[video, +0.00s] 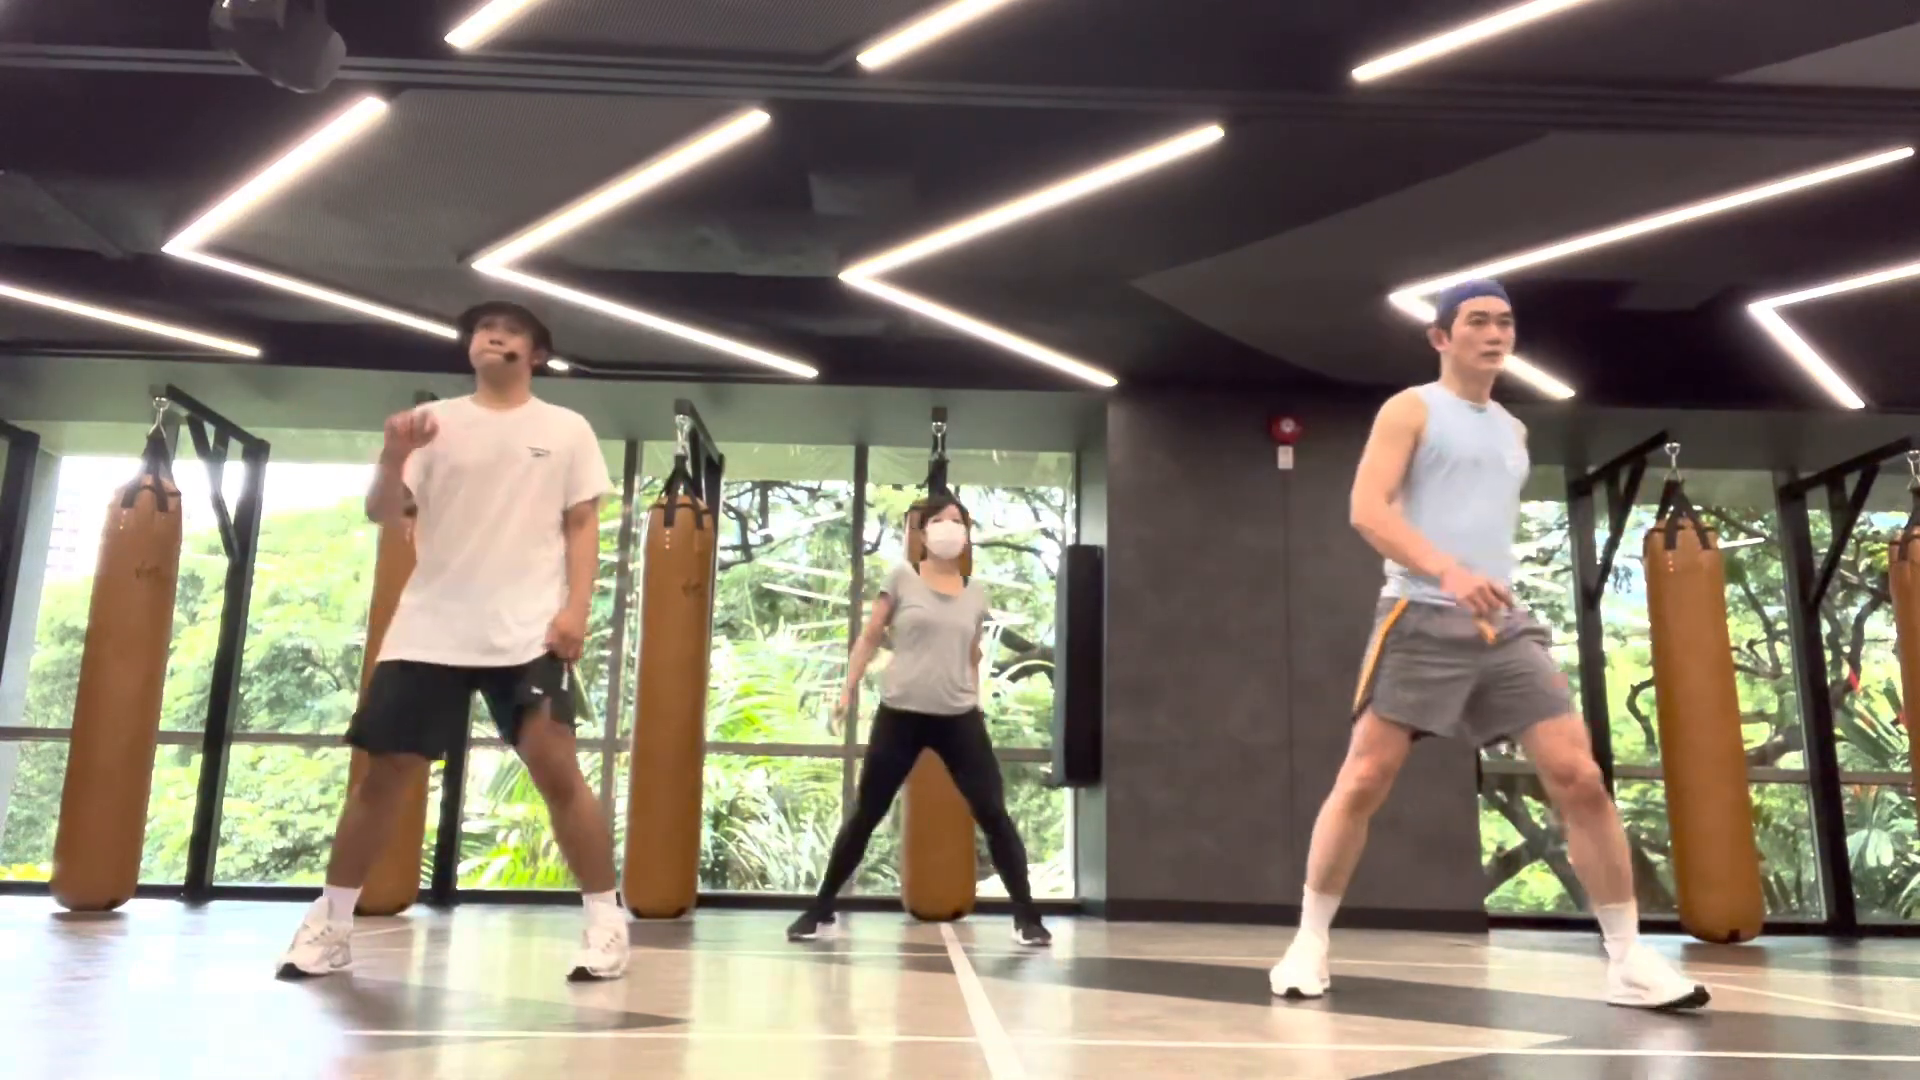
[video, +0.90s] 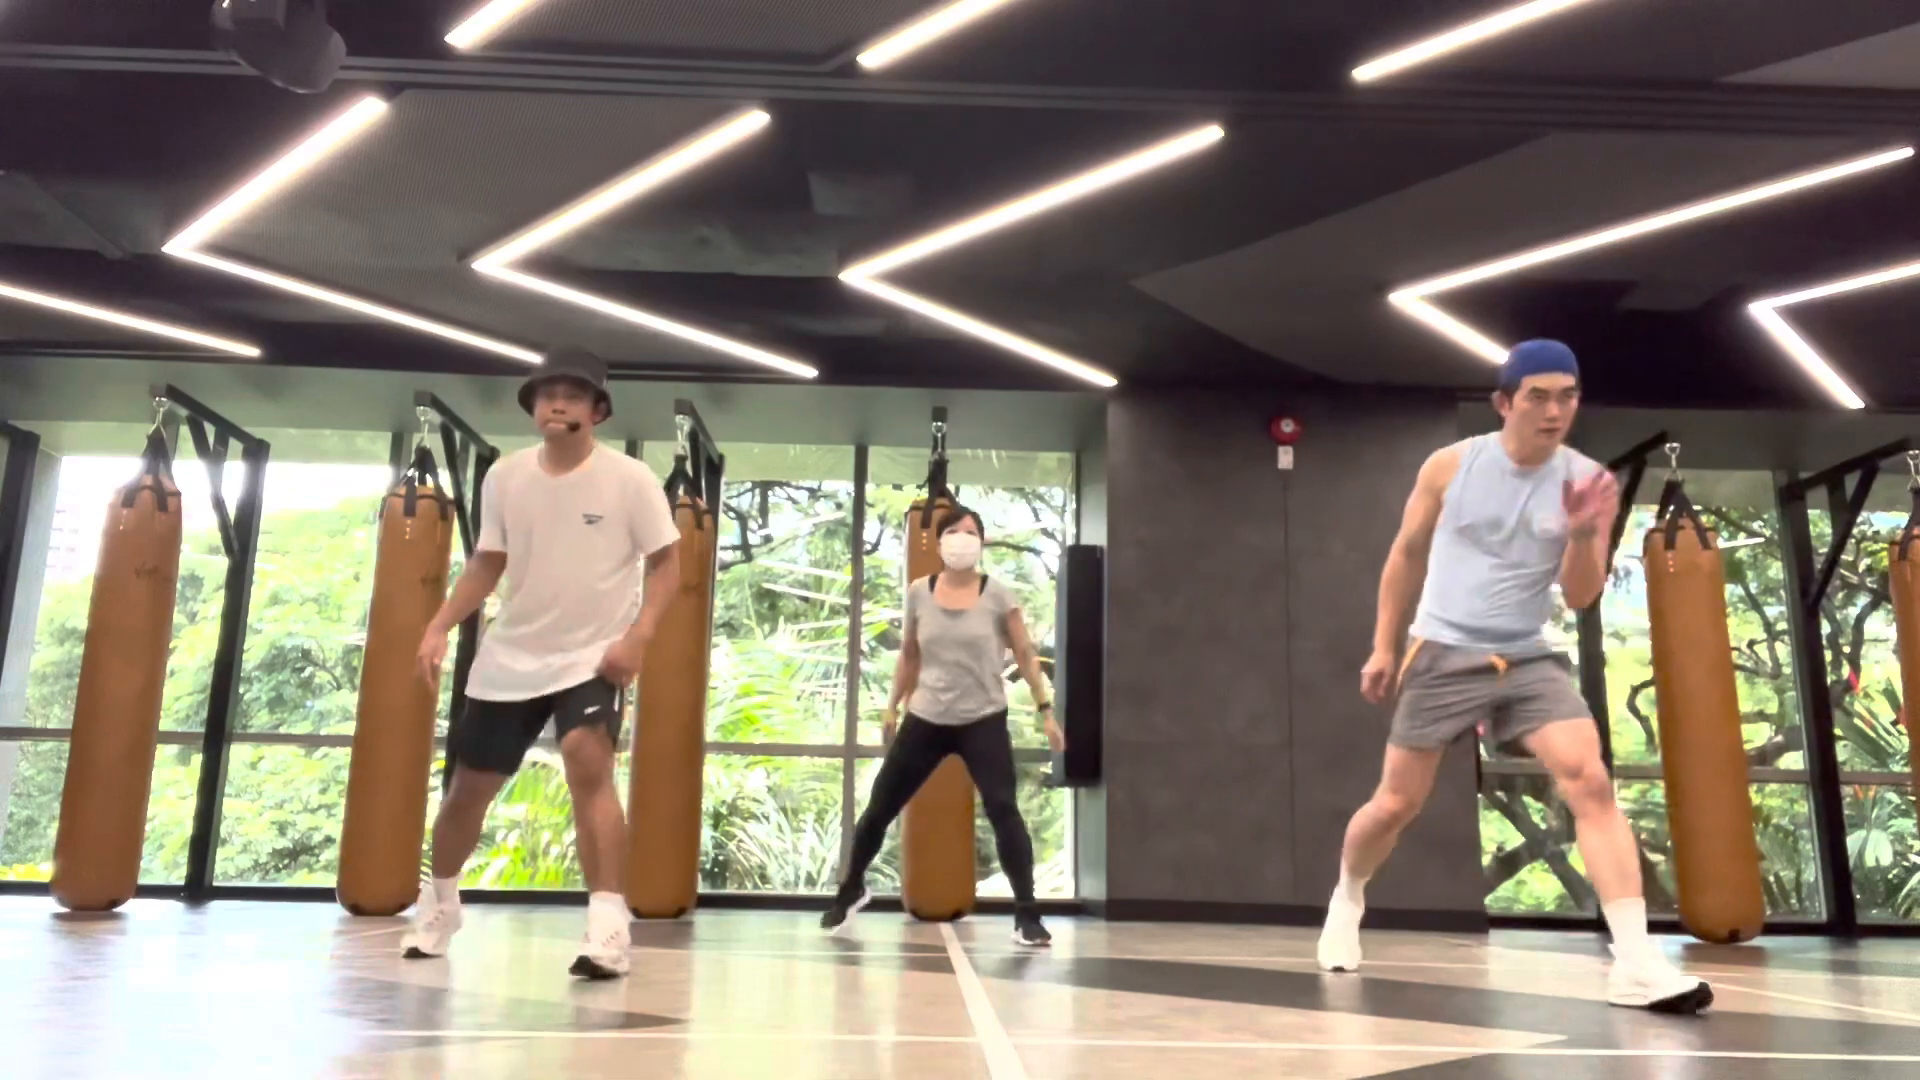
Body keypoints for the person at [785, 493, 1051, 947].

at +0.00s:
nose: (949, 529)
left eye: (957, 522)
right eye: (938, 522)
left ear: (967, 535)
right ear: (922, 533)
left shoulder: (976, 593)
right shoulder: (903, 578)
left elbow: (974, 657)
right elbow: (870, 638)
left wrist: (972, 706)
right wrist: (849, 691)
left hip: (959, 717)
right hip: (901, 715)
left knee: (994, 814)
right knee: (866, 813)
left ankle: (1026, 916)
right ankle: (822, 907)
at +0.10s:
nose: (971, 524)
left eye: (979, 518)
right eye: (961, 517)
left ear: (989, 531)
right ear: (945, 531)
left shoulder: (1005, 590)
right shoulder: (925, 575)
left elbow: (1009, 650)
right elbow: (897, 641)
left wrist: (1016, 699)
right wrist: (876, 697)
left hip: (991, 713)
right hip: (932, 712)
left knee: (1012, 812)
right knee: (884, 810)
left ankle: (1029, 915)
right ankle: (835, 900)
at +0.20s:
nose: (986, 515)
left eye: (994, 508)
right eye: (975, 508)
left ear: (1004, 521)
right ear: (960, 521)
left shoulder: (1020, 577)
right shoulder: (940, 568)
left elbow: (1036, 640)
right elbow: (917, 635)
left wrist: (1056, 695)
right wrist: (904, 695)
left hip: (1006, 703)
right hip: (947, 699)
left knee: (1019, 809)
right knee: (914, 802)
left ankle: (1029, 914)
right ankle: (883, 891)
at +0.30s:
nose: (994, 512)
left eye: (1002, 505)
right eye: (984, 505)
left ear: (1012, 517)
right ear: (968, 517)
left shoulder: (1030, 569)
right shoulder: (947, 566)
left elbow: (1056, 630)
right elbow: (931, 630)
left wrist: (1079, 683)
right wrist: (919, 689)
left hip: (1013, 696)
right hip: (957, 694)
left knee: (1021, 806)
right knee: (950, 796)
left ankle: (1028, 914)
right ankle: (938, 897)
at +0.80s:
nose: (976, 525)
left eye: (985, 519)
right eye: (968, 519)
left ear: (998, 531)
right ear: (954, 531)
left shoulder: (1017, 576)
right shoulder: (937, 580)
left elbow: (1041, 642)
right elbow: (925, 646)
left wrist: (1057, 697)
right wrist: (909, 698)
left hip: (1002, 709)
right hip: (944, 706)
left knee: (1013, 808)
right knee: (897, 798)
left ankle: (1028, 914)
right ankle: (879, 880)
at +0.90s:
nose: (962, 540)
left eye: (970, 534)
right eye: (954, 533)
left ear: (982, 546)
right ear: (939, 543)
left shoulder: (999, 596)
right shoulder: (919, 594)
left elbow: (1026, 656)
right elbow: (909, 655)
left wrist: (1045, 709)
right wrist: (892, 709)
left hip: (984, 721)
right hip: (927, 720)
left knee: (1003, 810)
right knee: (878, 810)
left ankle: (1028, 914)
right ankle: (850, 889)